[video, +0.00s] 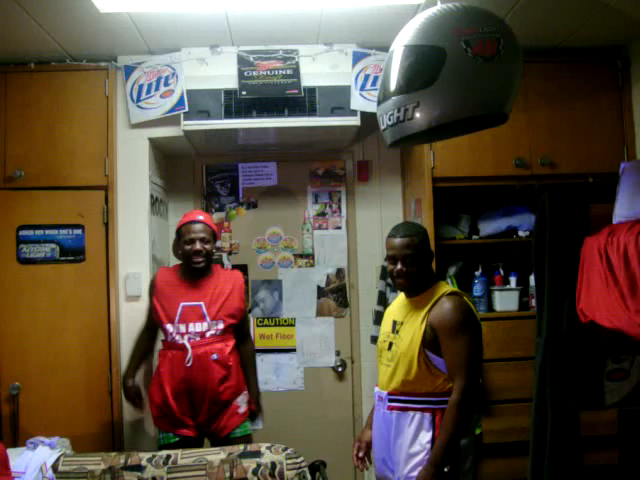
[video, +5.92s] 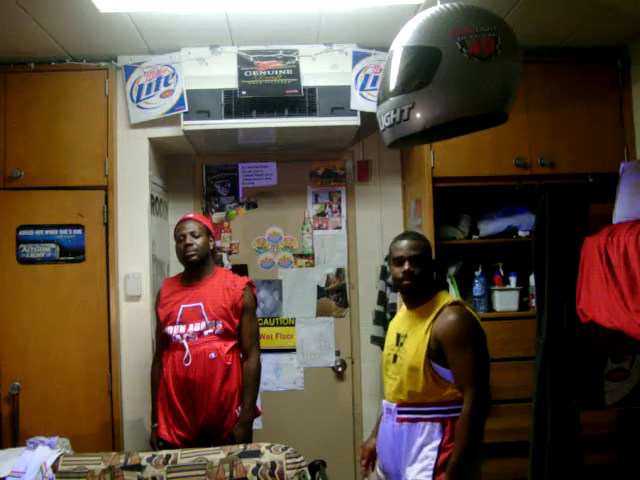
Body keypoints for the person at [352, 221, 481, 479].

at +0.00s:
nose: (398, 269)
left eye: (408, 260)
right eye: (392, 260)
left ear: (429, 259)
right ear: (386, 261)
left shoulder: (450, 310)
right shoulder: (398, 304)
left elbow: (464, 388)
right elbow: (392, 376)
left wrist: (433, 465)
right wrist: (369, 427)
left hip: (425, 432)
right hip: (388, 428)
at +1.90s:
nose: (400, 278)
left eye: (408, 269)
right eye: (393, 270)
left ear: (430, 265)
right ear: (387, 270)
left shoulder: (455, 314)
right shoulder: (409, 308)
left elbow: (470, 391)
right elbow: (399, 378)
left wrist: (445, 465)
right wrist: (380, 429)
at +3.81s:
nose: (387, 269)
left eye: (398, 263)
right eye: (389, 261)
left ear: (426, 269)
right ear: (425, 270)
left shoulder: (460, 323)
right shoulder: (422, 314)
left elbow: (476, 405)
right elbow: (413, 389)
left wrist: (451, 471)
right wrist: (389, 442)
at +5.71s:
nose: (408, 271)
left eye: (417, 262)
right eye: (400, 263)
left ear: (433, 265)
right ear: (391, 269)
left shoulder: (457, 320)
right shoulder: (405, 310)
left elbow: (476, 398)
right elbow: (397, 389)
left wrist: (455, 469)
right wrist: (378, 449)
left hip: (433, 436)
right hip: (394, 432)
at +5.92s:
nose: (406, 269)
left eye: (415, 261)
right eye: (398, 262)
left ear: (431, 266)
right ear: (390, 269)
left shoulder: (453, 321)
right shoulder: (402, 316)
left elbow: (475, 399)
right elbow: (398, 388)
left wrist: (454, 470)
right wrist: (375, 437)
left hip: (432, 440)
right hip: (392, 437)